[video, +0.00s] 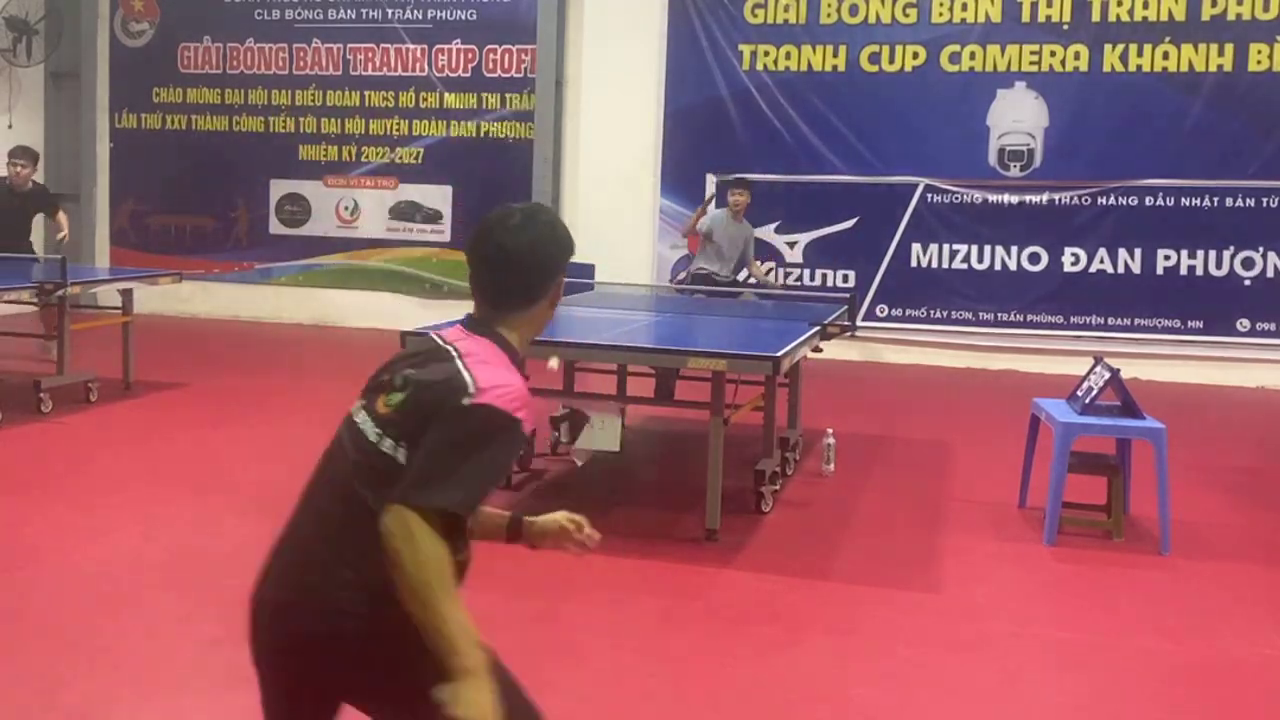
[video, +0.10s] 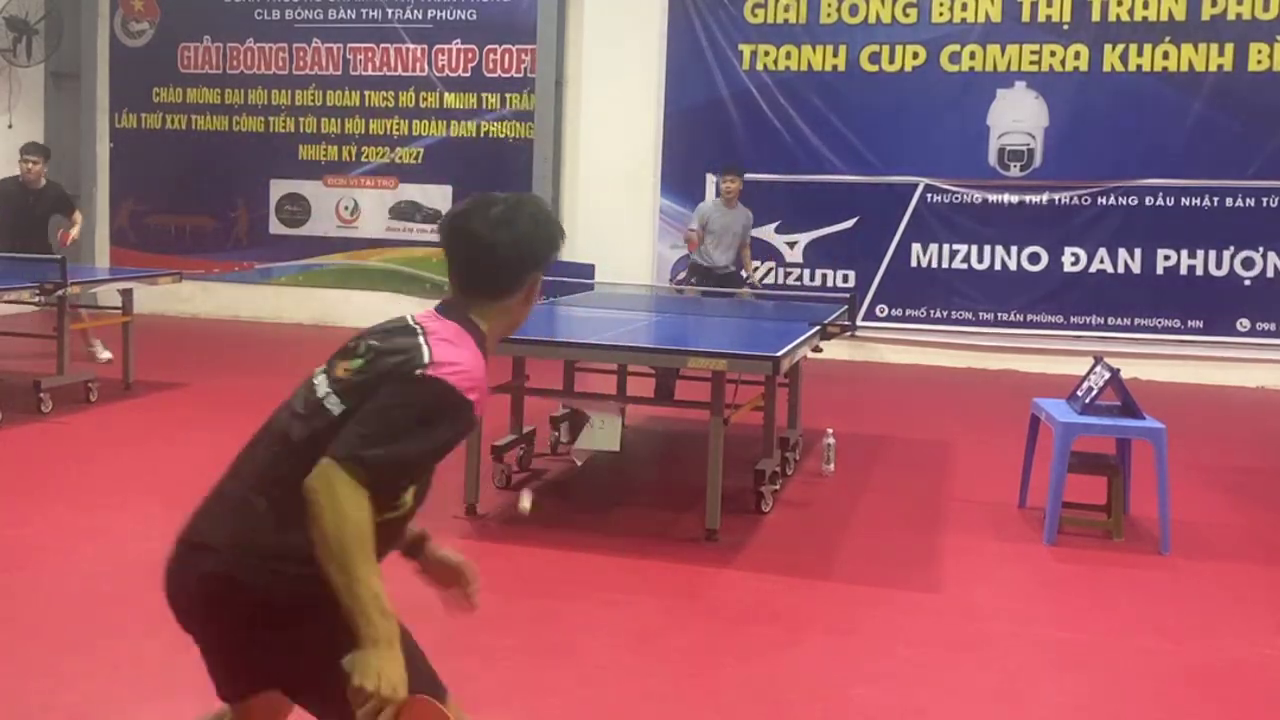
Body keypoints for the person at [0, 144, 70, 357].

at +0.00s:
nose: (16, 170)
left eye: (23, 167)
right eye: (12, 165)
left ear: (33, 171)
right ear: (7, 166)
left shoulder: (38, 192)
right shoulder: (2, 187)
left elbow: (56, 212)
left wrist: (64, 229)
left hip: (21, 253)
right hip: (2, 253)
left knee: (46, 289)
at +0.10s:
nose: (28, 167)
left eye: (34, 163)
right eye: (25, 161)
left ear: (45, 168)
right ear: (18, 163)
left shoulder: (53, 191)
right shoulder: (6, 187)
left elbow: (76, 214)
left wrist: (75, 228)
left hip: (42, 259)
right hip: (8, 259)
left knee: (71, 295)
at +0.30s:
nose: (54, 167)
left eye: (60, 163)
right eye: (51, 162)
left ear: (72, 167)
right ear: (47, 163)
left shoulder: (84, 193)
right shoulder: (34, 188)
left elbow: (109, 221)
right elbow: (8, 206)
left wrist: (100, 232)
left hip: (74, 263)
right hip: (37, 261)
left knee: (91, 300)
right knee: (14, 303)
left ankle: (104, 346)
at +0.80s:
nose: (60, 172)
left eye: (66, 169)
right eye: (57, 167)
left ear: (76, 173)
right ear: (51, 166)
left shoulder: (79, 200)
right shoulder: (34, 186)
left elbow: (85, 232)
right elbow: (4, 210)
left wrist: (77, 235)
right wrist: (15, 231)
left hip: (54, 261)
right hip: (18, 258)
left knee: (77, 297)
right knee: (2, 297)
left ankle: (90, 346)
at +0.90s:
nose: (58, 181)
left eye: (64, 178)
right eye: (55, 175)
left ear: (73, 182)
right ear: (49, 174)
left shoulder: (73, 208)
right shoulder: (29, 192)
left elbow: (74, 240)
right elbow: (3, 218)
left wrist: (73, 243)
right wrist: (18, 235)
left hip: (47, 263)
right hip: (13, 260)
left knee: (76, 294)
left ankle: (83, 348)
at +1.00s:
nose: (55, 184)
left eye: (61, 181)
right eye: (52, 178)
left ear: (70, 186)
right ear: (46, 177)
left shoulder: (67, 212)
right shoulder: (23, 192)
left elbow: (59, 242)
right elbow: (0, 216)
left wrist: (62, 245)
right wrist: (8, 235)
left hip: (42, 262)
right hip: (10, 259)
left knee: (66, 294)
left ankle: (86, 344)